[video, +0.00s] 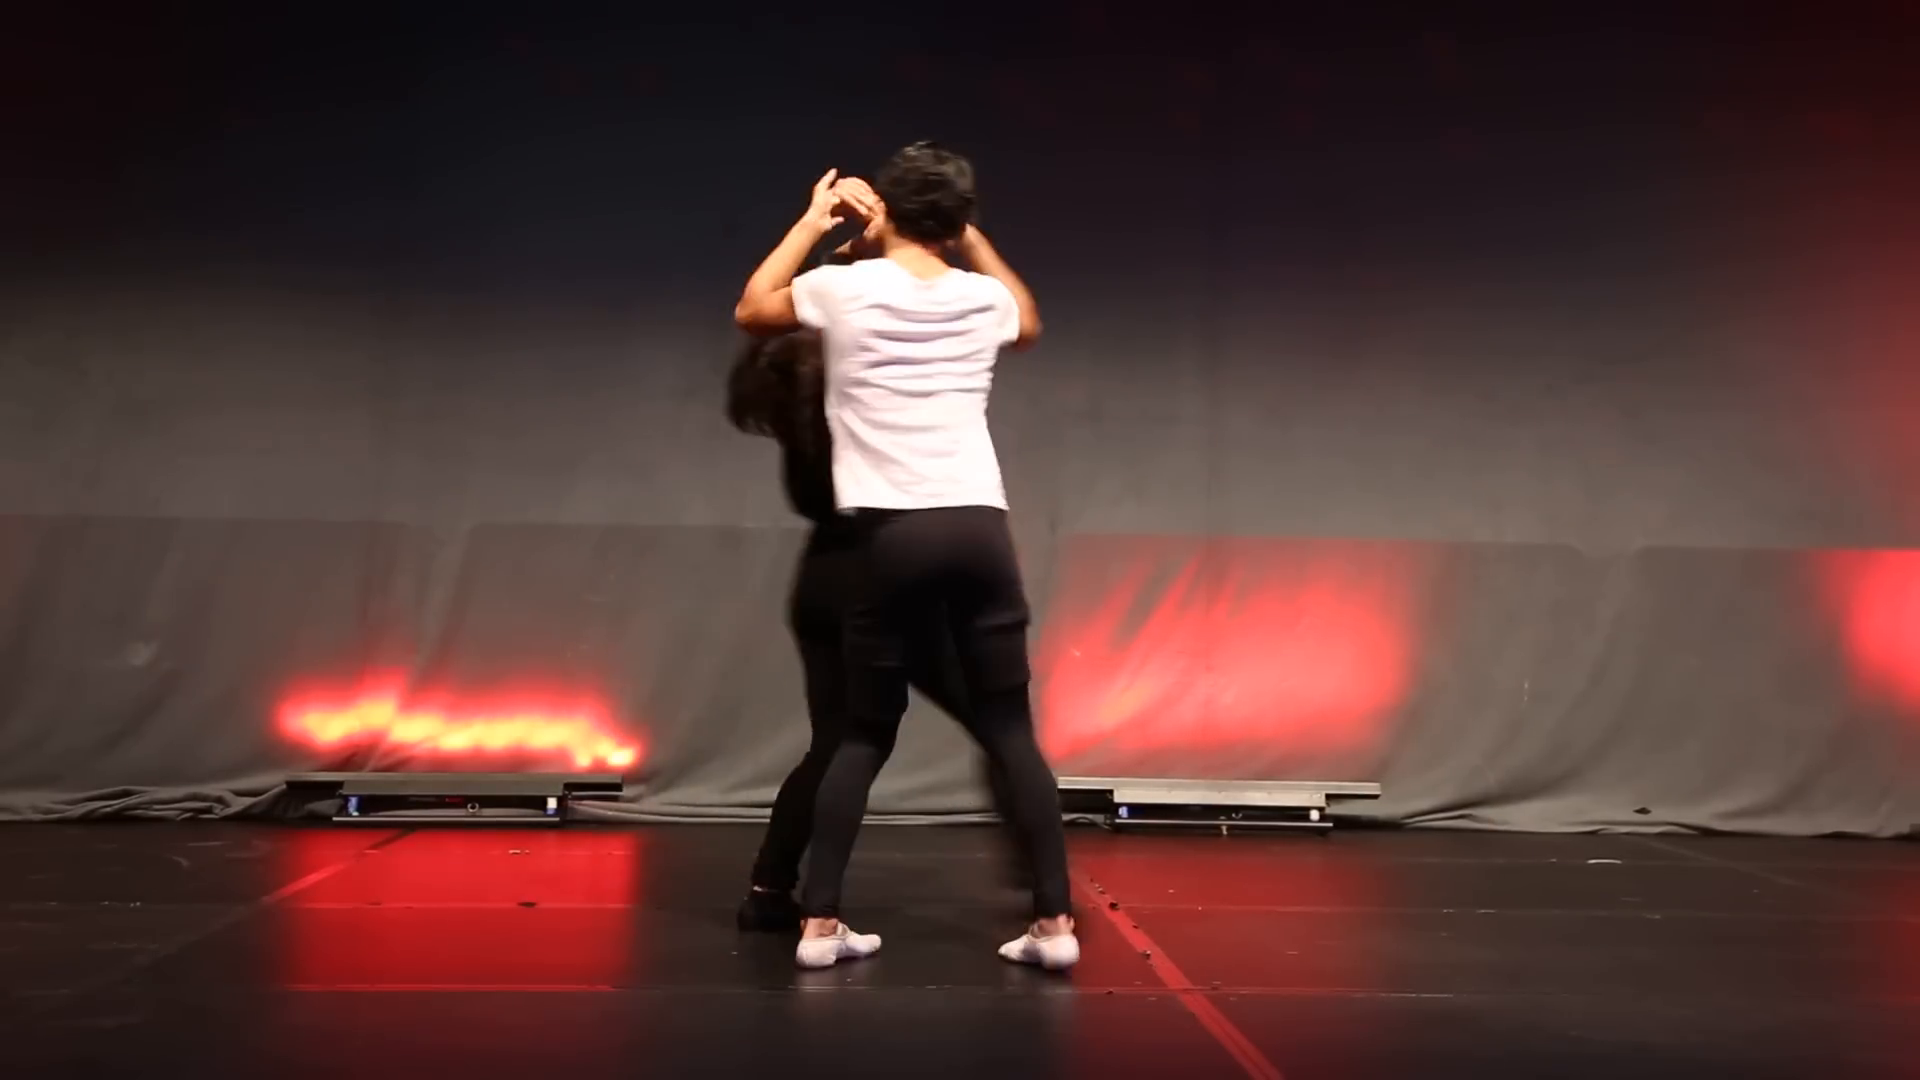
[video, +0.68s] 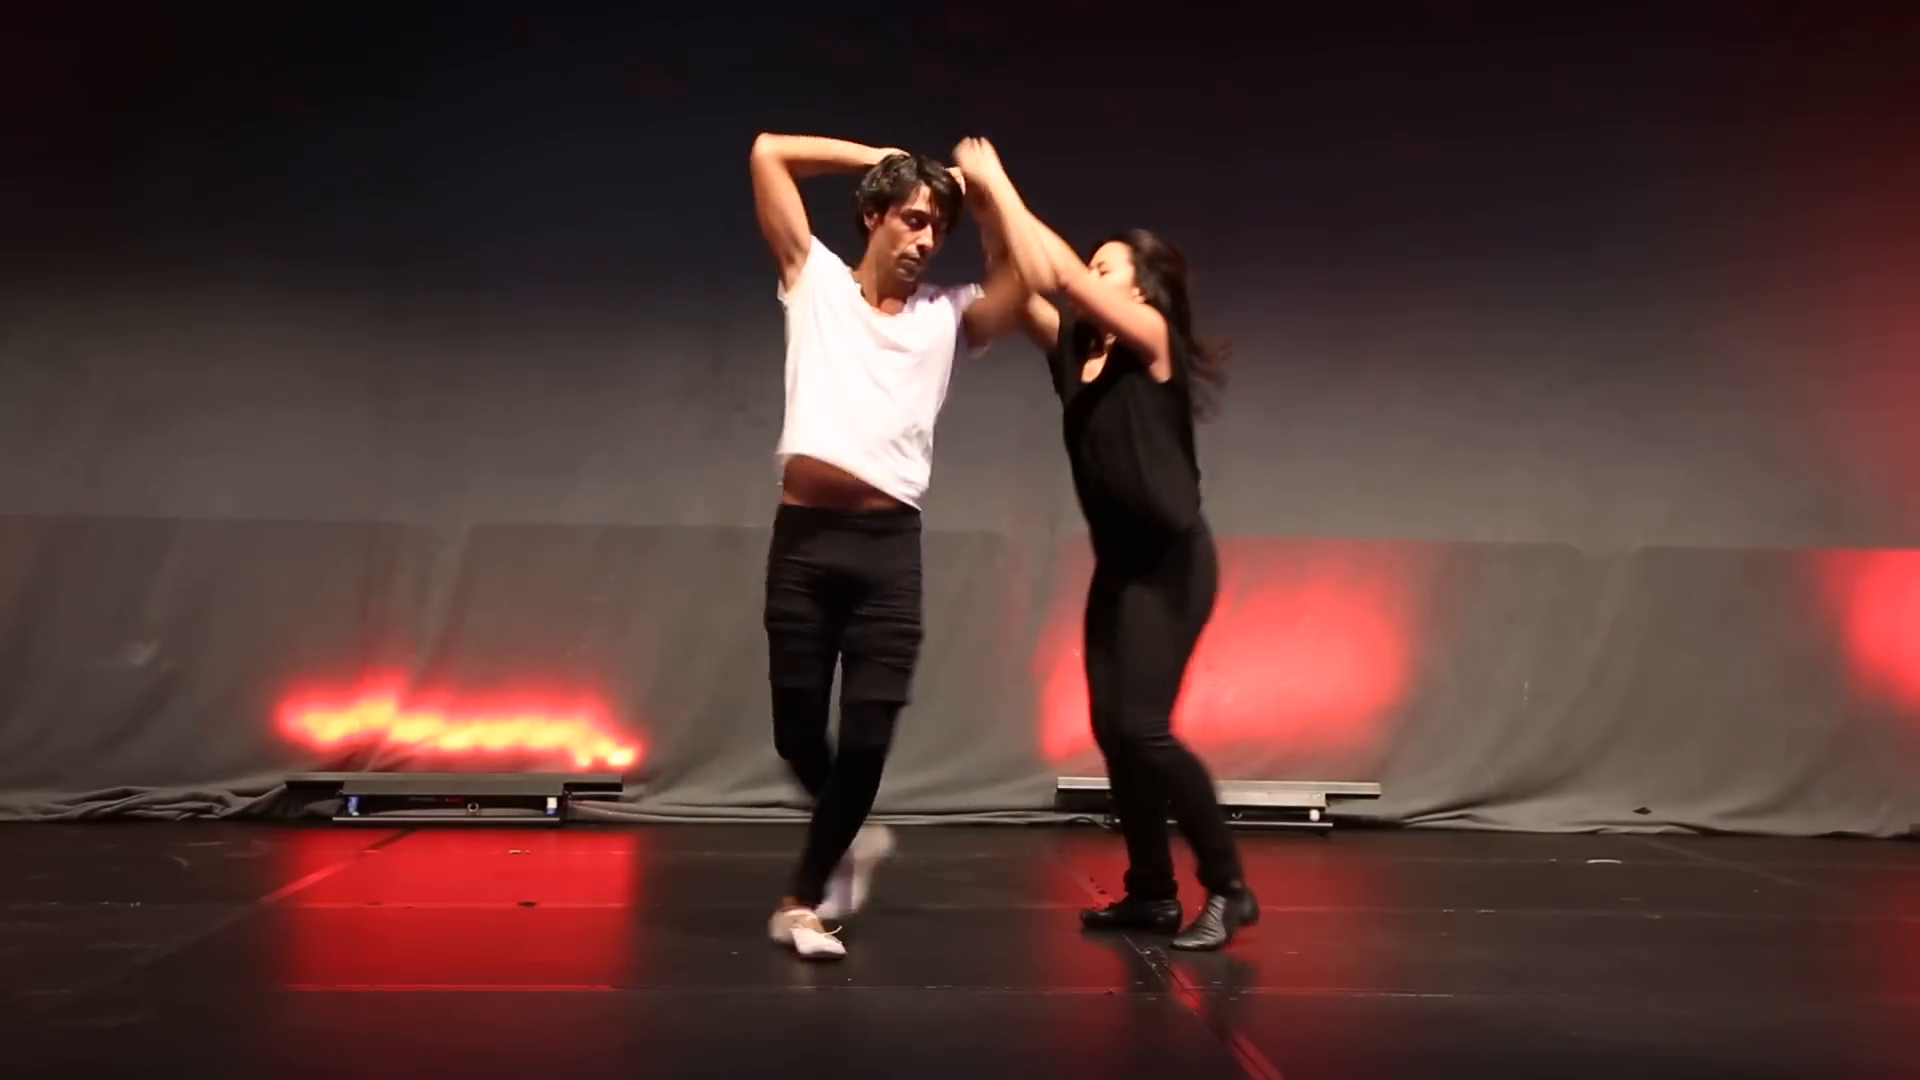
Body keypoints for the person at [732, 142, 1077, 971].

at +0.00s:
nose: (871, 223)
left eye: (875, 212)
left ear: (882, 220)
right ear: (959, 227)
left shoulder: (841, 290)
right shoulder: (983, 299)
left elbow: (753, 307)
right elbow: (1024, 316)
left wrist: (812, 223)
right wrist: (959, 234)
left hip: (881, 531)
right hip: (978, 528)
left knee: (860, 733)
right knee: (1010, 729)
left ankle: (818, 923)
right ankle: (1055, 924)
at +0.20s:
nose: (939, 241)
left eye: (938, 226)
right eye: (932, 225)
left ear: (854, 226)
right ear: (898, 226)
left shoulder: (791, 306)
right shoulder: (934, 289)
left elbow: (790, 322)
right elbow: (1060, 243)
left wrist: (836, 264)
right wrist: (983, 178)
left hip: (821, 531)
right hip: (897, 522)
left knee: (860, 734)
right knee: (966, 724)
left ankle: (823, 922)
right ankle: (1059, 889)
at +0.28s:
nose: (937, 241)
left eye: (937, 227)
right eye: (929, 228)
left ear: (865, 230)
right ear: (889, 231)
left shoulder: (796, 309)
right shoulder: (915, 285)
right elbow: (1035, 204)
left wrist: (943, 315)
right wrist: (971, 151)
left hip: (812, 532)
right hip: (882, 524)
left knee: (854, 734)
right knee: (922, 705)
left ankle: (822, 922)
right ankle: (955, 873)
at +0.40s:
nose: (938, 236)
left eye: (944, 222)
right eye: (931, 218)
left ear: (880, 229)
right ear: (895, 218)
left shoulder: (888, 317)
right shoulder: (856, 290)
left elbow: (945, 415)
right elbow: (933, 167)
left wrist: (938, 304)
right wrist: (925, 149)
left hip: (827, 537)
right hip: (863, 535)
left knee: (860, 731)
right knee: (806, 700)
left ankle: (822, 922)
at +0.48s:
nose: (930, 249)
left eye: (939, 237)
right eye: (922, 229)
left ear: (924, 243)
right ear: (883, 212)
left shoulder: (895, 328)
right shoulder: (843, 278)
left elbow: (981, 410)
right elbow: (861, 135)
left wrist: (970, 309)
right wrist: (920, 161)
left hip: (874, 546)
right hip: (855, 539)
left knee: (870, 741)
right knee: (763, 717)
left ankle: (811, 919)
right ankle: (611, 867)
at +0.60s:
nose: (925, 242)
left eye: (935, 232)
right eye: (913, 223)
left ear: (938, 243)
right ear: (870, 216)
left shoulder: (929, 326)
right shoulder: (811, 273)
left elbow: (1031, 351)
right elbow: (786, 138)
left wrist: (1000, 241)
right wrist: (888, 160)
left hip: (897, 552)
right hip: (824, 542)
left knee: (882, 744)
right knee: (783, 732)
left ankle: (783, 909)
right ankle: (690, 842)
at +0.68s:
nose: (926, 240)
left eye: (936, 228)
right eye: (912, 222)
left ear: (942, 235)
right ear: (871, 218)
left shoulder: (948, 316)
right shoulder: (812, 279)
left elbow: (1016, 289)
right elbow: (769, 154)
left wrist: (986, 191)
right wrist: (881, 157)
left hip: (890, 538)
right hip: (803, 531)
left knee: (866, 741)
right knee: (796, 738)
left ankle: (802, 904)